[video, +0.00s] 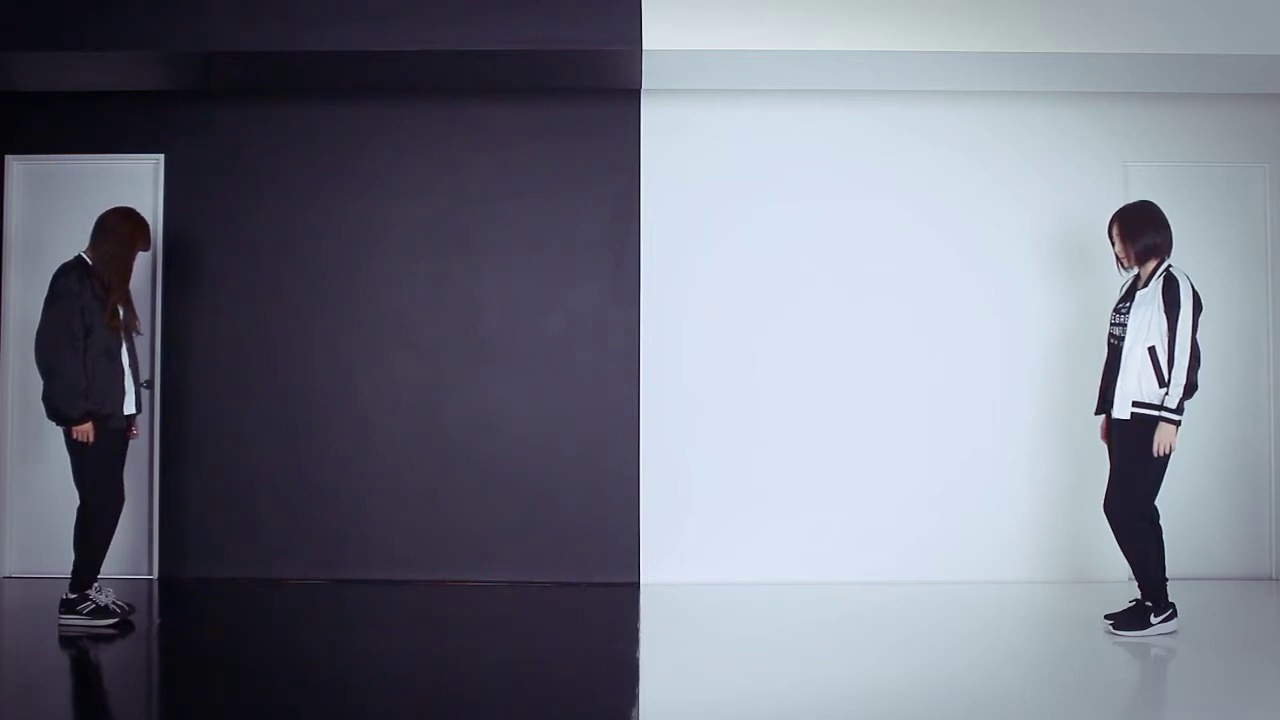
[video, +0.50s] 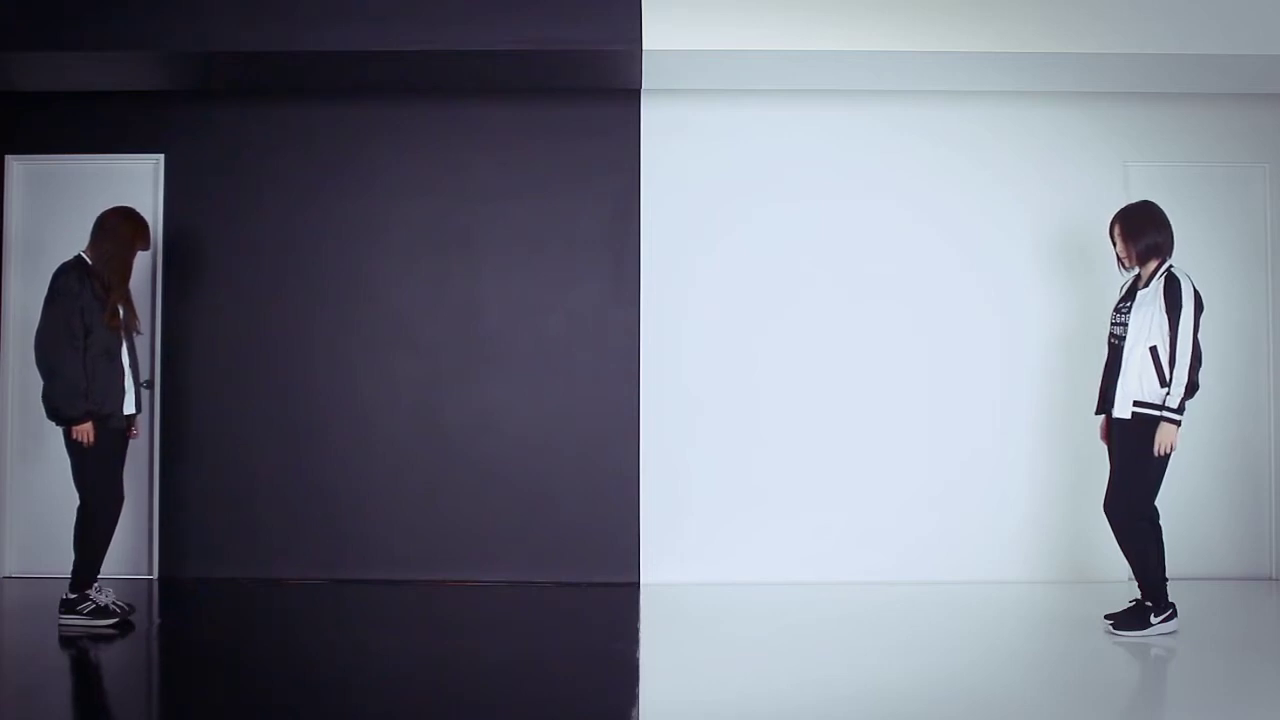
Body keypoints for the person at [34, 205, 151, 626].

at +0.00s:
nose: (134, 260)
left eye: (137, 252)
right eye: (133, 250)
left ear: (110, 241)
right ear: (116, 244)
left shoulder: (110, 283)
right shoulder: (73, 279)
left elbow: (119, 353)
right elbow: (56, 350)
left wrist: (130, 410)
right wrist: (76, 412)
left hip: (112, 415)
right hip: (88, 417)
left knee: (109, 500)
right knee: (100, 502)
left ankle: (86, 590)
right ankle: (78, 596)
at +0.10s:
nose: (135, 260)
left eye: (138, 252)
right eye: (133, 250)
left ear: (111, 242)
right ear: (116, 244)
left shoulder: (111, 284)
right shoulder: (73, 278)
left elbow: (120, 353)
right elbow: (56, 350)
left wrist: (130, 410)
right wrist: (76, 412)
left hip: (112, 416)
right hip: (88, 417)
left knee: (109, 500)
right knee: (100, 501)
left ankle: (86, 590)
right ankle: (78, 597)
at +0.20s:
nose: (135, 260)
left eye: (138, 252)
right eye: (133, 250)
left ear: (111, 242)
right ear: (116, 244)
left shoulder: (111, 284)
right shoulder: (73, 279)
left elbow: (120, 354)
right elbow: (56, 350)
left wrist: (130, 410)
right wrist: (76, 412)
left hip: (112, 416)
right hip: (88, 417)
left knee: (109, 500)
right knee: (100, 501)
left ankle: (86, 590)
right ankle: (78, 597)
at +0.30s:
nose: (135, 260)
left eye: (138, 252)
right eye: (133, 250)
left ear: (111, 242)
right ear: (116, 244)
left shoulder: (110, 283)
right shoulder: (73, 279)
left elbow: (120, 353)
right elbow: (56, 350)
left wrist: (130, 410)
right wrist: (76, 412)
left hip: (112, 415)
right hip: (87, 417)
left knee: (109, 500)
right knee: (100, 501)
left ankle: (86, 590)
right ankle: (78, 596)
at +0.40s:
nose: (134, 260)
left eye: (137, 252)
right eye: (133, 250)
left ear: (110, 241)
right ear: (116, 244)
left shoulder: (110, 283)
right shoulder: (73, 278)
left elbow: (120, 353)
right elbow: (56, 350)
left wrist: (130, 410)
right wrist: (76, 412)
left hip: (112, 415)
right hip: (87, 417)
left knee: (108, 499)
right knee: (100, 501)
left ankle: (86, 590)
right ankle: (78, 597)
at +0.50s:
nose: (134, 259)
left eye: (137, 251)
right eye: (132, 250)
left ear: (110, 241)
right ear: (115, 244)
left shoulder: (110, 283)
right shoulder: (72, 278)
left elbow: (120, 354)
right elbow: (56, 349)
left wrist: (130, 410)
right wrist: (76, 412)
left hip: (112, 416)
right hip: (87, 417)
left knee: (108, 499)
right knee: (100, 501)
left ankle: (86, 590)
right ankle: (78, 597)